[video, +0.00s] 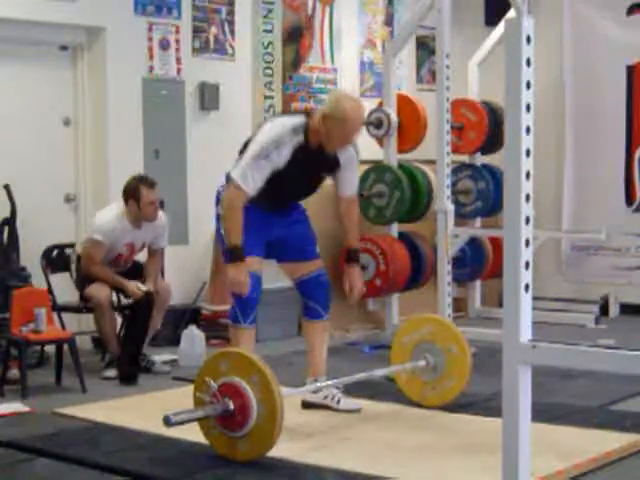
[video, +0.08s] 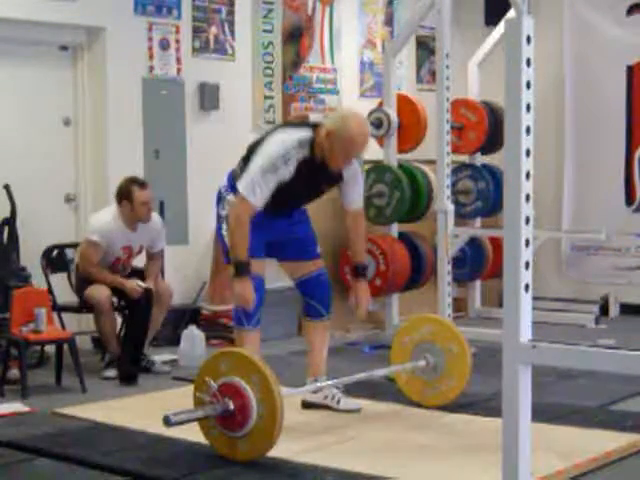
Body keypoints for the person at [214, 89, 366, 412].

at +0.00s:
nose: (348, 141)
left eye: (352, 135)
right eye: (343, 134)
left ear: (355, 130)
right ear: (321, 123)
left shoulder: (345, 152)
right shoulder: (278, 135)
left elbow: (349, 206)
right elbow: (234, 196)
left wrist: (353, 260)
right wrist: (234, 261)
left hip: (288, 211)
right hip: (246, 209)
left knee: (317, 290)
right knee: (246, 293)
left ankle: (316, 383)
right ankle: (243, 385)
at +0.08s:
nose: (348, 162)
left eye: (354, 155)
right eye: (344, 153)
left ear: (360, 147)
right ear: (325, 138)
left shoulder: (348, 161)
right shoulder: (282, 147)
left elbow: (355, 216)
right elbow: (240, 209)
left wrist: (360, 274)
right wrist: (240, 274)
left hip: (290, 212)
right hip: (247, 211)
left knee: (318, 289)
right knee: (249, 298)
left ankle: (316, 383)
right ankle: (250, 387)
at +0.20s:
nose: (350, 189)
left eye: (356, 184)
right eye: (348, 182)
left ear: (361, 177)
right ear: (329, 167)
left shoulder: (352, 179)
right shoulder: (286, 171)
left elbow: (357, 235)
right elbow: (248, 237)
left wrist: (362, 288)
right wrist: (249, 299)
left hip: (288, 216)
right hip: (243, 211)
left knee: (320, 293)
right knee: (252, 305)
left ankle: (317, 383)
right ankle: (249, 387)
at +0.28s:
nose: (347, 224)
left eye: (353, 218)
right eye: (345, 216)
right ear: (328, 201)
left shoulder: (354, 205)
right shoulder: (283, 202)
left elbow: (357, 267)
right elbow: (259, 272)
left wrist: (364, 328)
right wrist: (259, 333)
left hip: (284, 220)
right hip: (236, 214)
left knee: (322, 288)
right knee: (244, 293)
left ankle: (317, 384)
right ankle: (256, 385)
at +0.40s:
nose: (343, 249)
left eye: (350, 242)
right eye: (341, 240)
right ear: (326, 221)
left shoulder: (350, 225)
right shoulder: (283, 219)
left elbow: (353, 282)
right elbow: (260, 283)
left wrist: (362, 345)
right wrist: (258, 346)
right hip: (234, 212)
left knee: (322, 288)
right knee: (243, 295)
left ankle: (317, 384)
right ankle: (250, 382)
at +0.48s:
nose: (339, 262)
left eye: (347, 258)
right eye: (338, 256)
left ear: (355, 243)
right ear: (323, 235)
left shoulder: (348, 235)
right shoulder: (282, 230)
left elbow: (350, 292)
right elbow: (259, 299)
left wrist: (361, 349)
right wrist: (251, 364)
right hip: (233, 213)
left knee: (325, 290)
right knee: (241, 300)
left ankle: (317, 384)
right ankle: (244, 383)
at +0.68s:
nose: (332, 276)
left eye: (339, 271)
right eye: (330, 269)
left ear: (351, 256)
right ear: (317, 247)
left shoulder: (347, 247)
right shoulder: (275, 239)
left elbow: (350, 298)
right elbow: (254, 306)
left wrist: (362, 351)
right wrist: (244, 372)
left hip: (282, 206)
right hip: (231, 213)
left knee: (326, 296)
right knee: (238, 303)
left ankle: (317, 383)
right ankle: (242, 383)